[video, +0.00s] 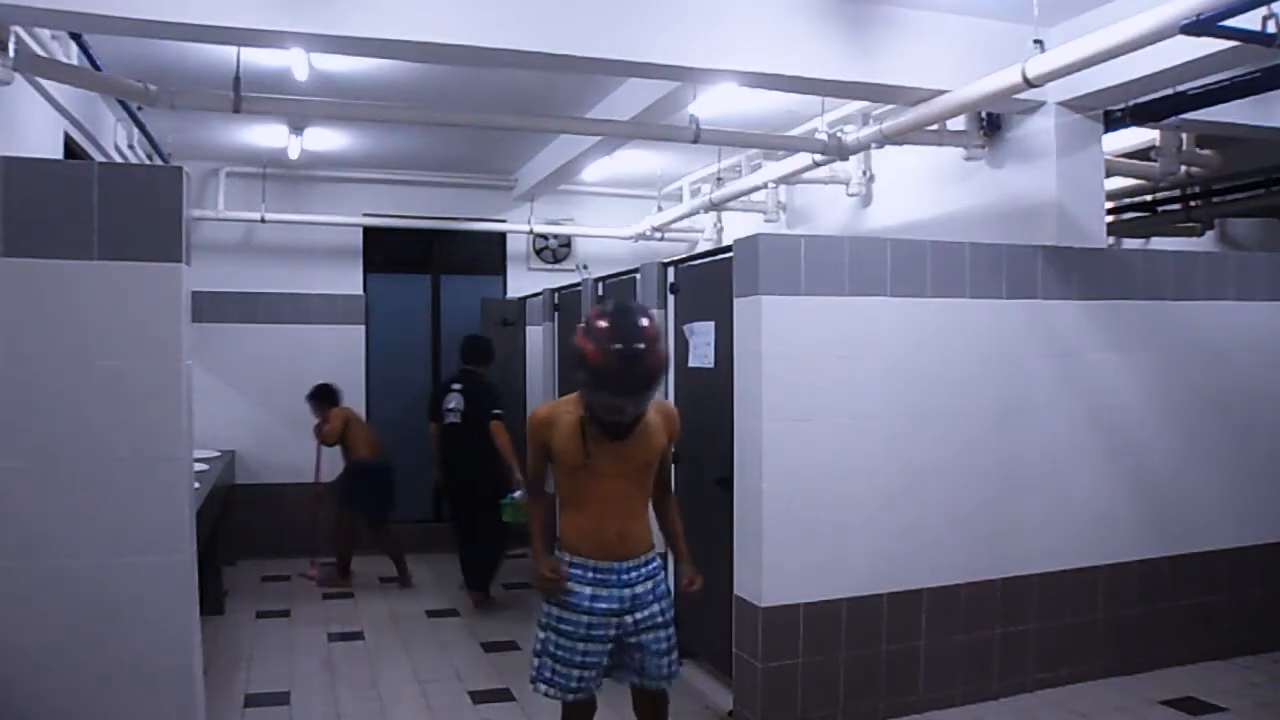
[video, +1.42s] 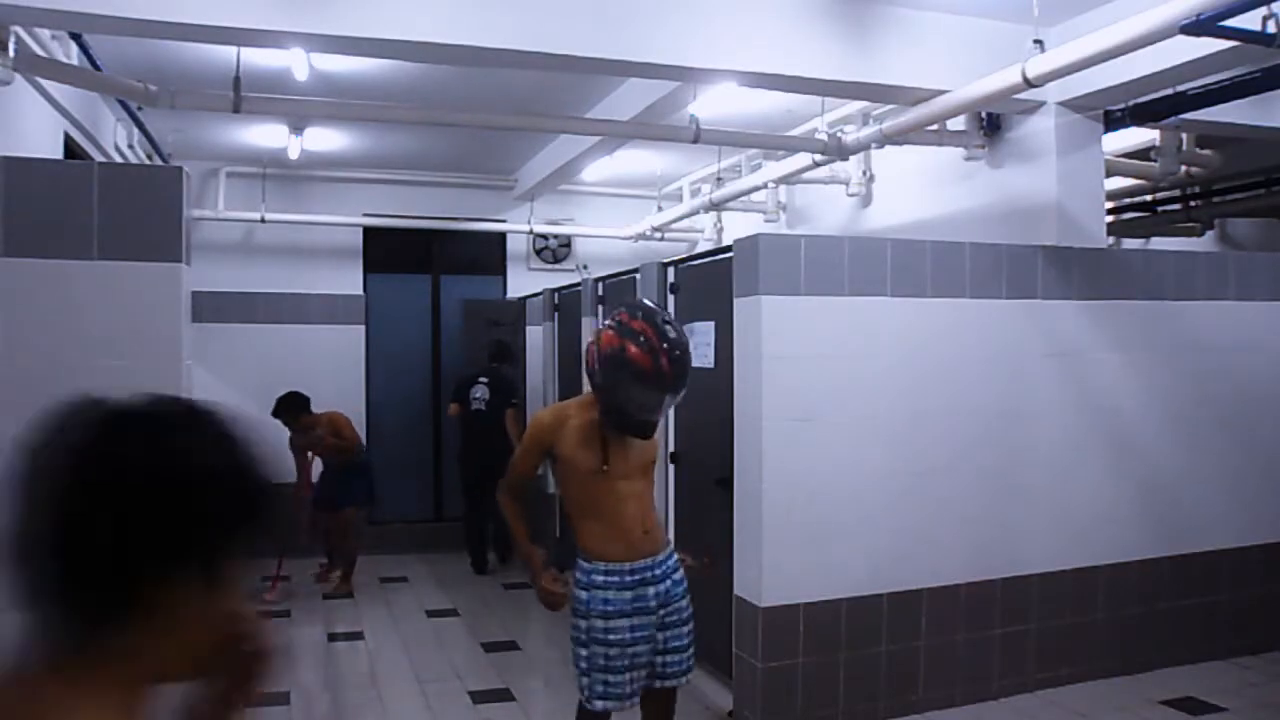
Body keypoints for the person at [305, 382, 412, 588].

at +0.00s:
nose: (314, 411)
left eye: (315, 406)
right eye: (313, 407)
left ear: (322, 404)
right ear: (334, 401)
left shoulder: (339, 413)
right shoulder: (350, 415)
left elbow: (331, 438)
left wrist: (319, 430)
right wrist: (332, 486)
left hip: (360, 473)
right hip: (379, 472)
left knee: (344, 522)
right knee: (379, 526)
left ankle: (342, 575)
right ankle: (403, 574)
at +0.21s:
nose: (294, 420)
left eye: (293, 415)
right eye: (292, 416)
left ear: (299, 411)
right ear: (311, 405)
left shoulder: (318, 417)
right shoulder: (328, 417)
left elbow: (319, 446)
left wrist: (305, 442)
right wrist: (318, 486)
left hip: (349, 468)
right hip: (365, 465)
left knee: (339, 520)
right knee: (358, 517)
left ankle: (342, 576)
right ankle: (374, 562)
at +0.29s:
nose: (289, 422)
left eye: (287, 417)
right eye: (286, 418)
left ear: (293, 412)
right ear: (305, 406)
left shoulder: (313, 418)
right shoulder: (322, 419)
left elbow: (314, 448)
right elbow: (331, 460)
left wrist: (301, 445)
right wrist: (315, 485)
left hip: (350, 467)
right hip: (359, 465)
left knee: (338, 519)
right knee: (343, 519)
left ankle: (343, 575)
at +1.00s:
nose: (274, 428)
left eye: (273, 422)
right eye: (270, 424)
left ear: (284, 414)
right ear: (285, 413)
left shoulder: (314, 422)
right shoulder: (299, 435)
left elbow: (333, 448)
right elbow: (308, 468)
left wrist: (300, 450)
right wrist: (297, 495)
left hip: (352, 471)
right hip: (333, 473)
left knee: (346, 523)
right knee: (327, 519)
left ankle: (345, 580)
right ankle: (334, 567)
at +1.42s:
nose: (288, 428)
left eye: (290, 422)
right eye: (285, 424)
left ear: (301, 415)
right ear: (289, 421)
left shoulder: (335, 421)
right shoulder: (297, 440)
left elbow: (355, 448)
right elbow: (303, 479)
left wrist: (324, 442)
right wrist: (301, 512)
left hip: (354, 470)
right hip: (330, 472)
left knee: (349, 521)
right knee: (324, 517)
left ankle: (346, 581)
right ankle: (333, 563)